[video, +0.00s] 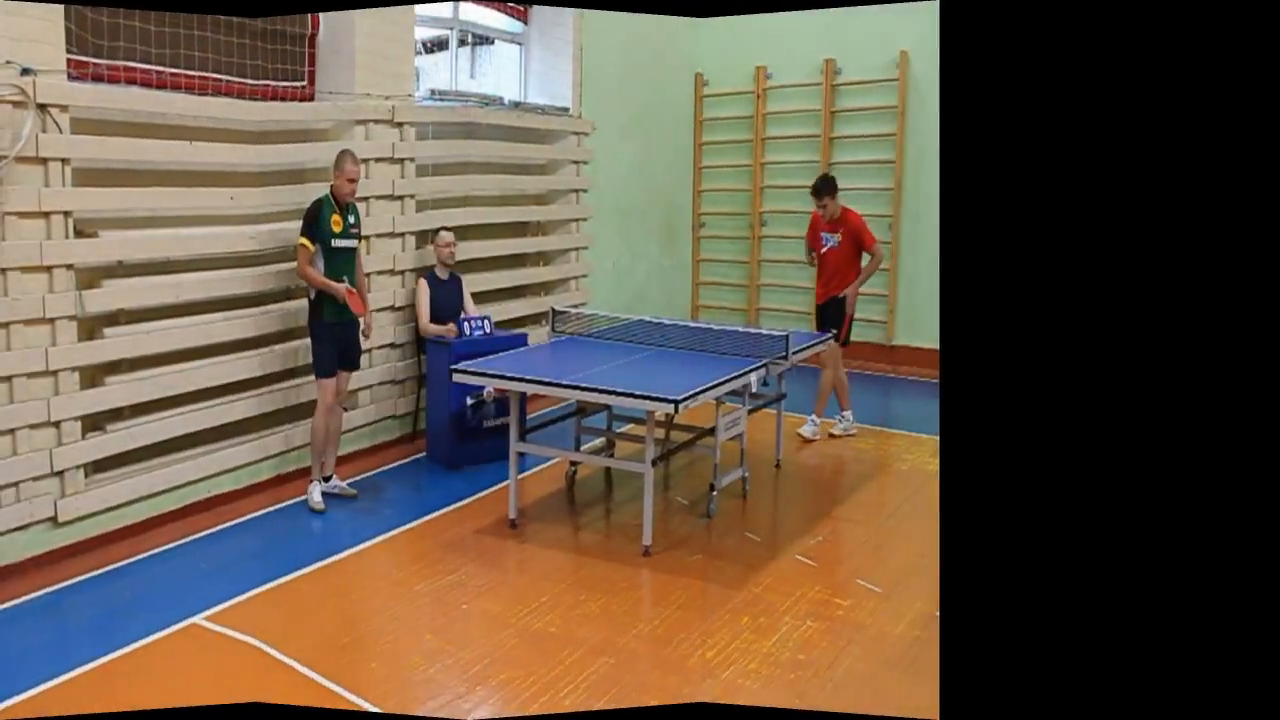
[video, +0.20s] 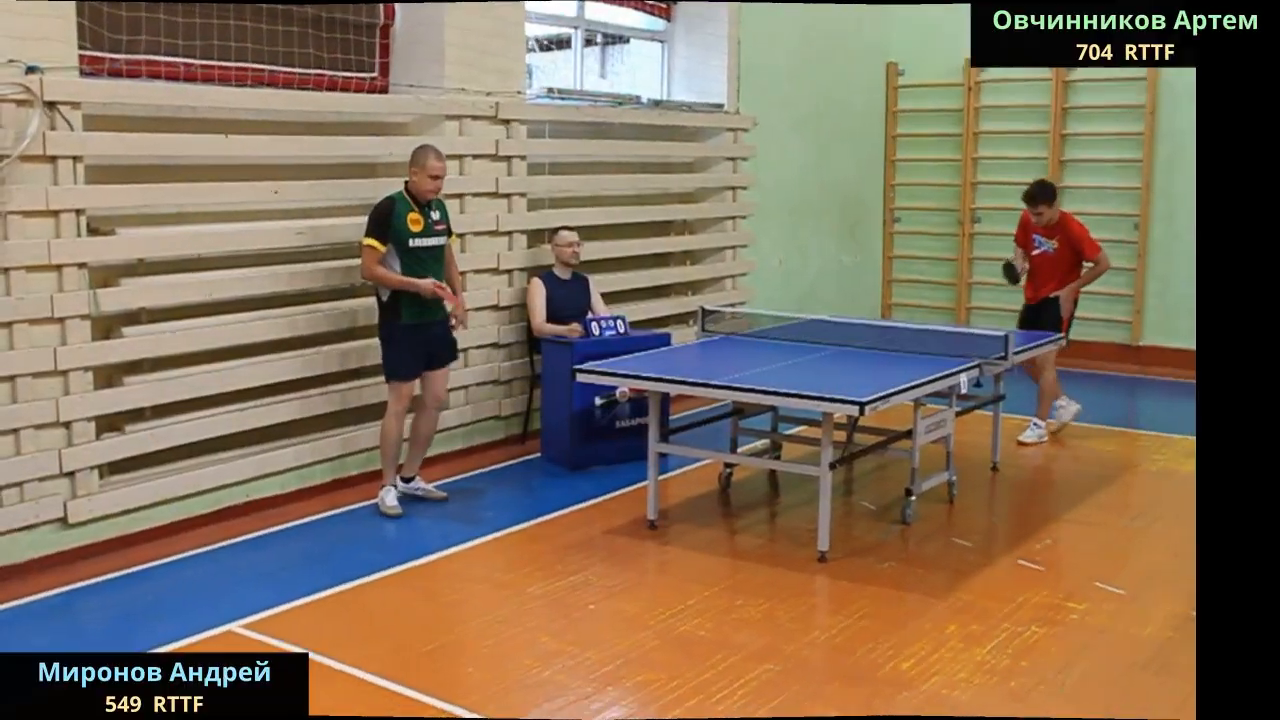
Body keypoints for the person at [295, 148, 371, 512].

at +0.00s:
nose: (354, 187)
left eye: (357, 181)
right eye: (349, 180)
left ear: (359, 180)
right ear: (333, 177)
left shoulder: (354, 212)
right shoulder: (318, 211)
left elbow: (356, 262)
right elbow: (303, 266)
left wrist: (367, 309)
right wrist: (334, 287)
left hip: (348, 314)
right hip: (324, 314)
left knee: (339, 397)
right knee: (327, 398)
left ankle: (330, 475)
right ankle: (315, 480)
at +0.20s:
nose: (439, 185)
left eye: (442, 178)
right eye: (433, 177)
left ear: (444, 177)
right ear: (412, 173)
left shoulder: (439, 210)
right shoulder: (387, 211)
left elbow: (448, 258)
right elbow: (368, 268)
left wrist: (458, 299)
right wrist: (418, 285)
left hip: (436, 320)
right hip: (400, 323)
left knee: (435, 399)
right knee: (400, 401)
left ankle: (410, 477)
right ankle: (388, 487)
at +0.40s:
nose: (473, 191)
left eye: (476, 184)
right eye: (467, 184)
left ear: (475, 182)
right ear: (444, 180)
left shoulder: (471, 211)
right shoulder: (414, 216)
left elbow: (484, 251)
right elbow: (396, 275)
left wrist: (498, 280)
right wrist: (450, 287)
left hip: (466, 319)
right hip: (426, 325)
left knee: (503, 388)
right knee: (426, 404)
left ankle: (466, 465)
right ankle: (414, 488)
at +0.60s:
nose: (494, 208)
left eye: (497, 201)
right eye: (488, 201)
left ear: (495, 198)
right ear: (466, 195)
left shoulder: (491, 224)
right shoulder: (433, 225)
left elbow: (508, 264)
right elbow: (414, 287)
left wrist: (537, 294)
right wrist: (470, 301)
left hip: (477, 326)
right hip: (434, 331)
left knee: (505, 400)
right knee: (431, 410)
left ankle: (527, 484)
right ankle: (416, 489)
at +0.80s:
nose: (540, 240)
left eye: (543, 233)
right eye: (534, 232)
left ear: (540, 228)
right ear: (513, 223)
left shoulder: (533, 251)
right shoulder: (475, 239)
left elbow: (554, 293)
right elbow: (449, 300)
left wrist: (589, 320)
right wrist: (501, 323)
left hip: (491, 325)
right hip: (447, 324)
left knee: (514, 403)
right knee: (439, 407)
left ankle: (532, 489)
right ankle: (416, 489)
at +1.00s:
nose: (573, 268)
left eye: (577, 263)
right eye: (569, 261)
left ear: (579, 256)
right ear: (548, 248)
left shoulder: (569, 269)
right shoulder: (510, 256)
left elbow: (593, 313)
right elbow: (491, 320)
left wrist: (624, 339)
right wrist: (540, 340)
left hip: (511, 322)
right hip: (465, 322)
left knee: (524, 400)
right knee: (446, 404)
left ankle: (533, 489)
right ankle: (421, 486)